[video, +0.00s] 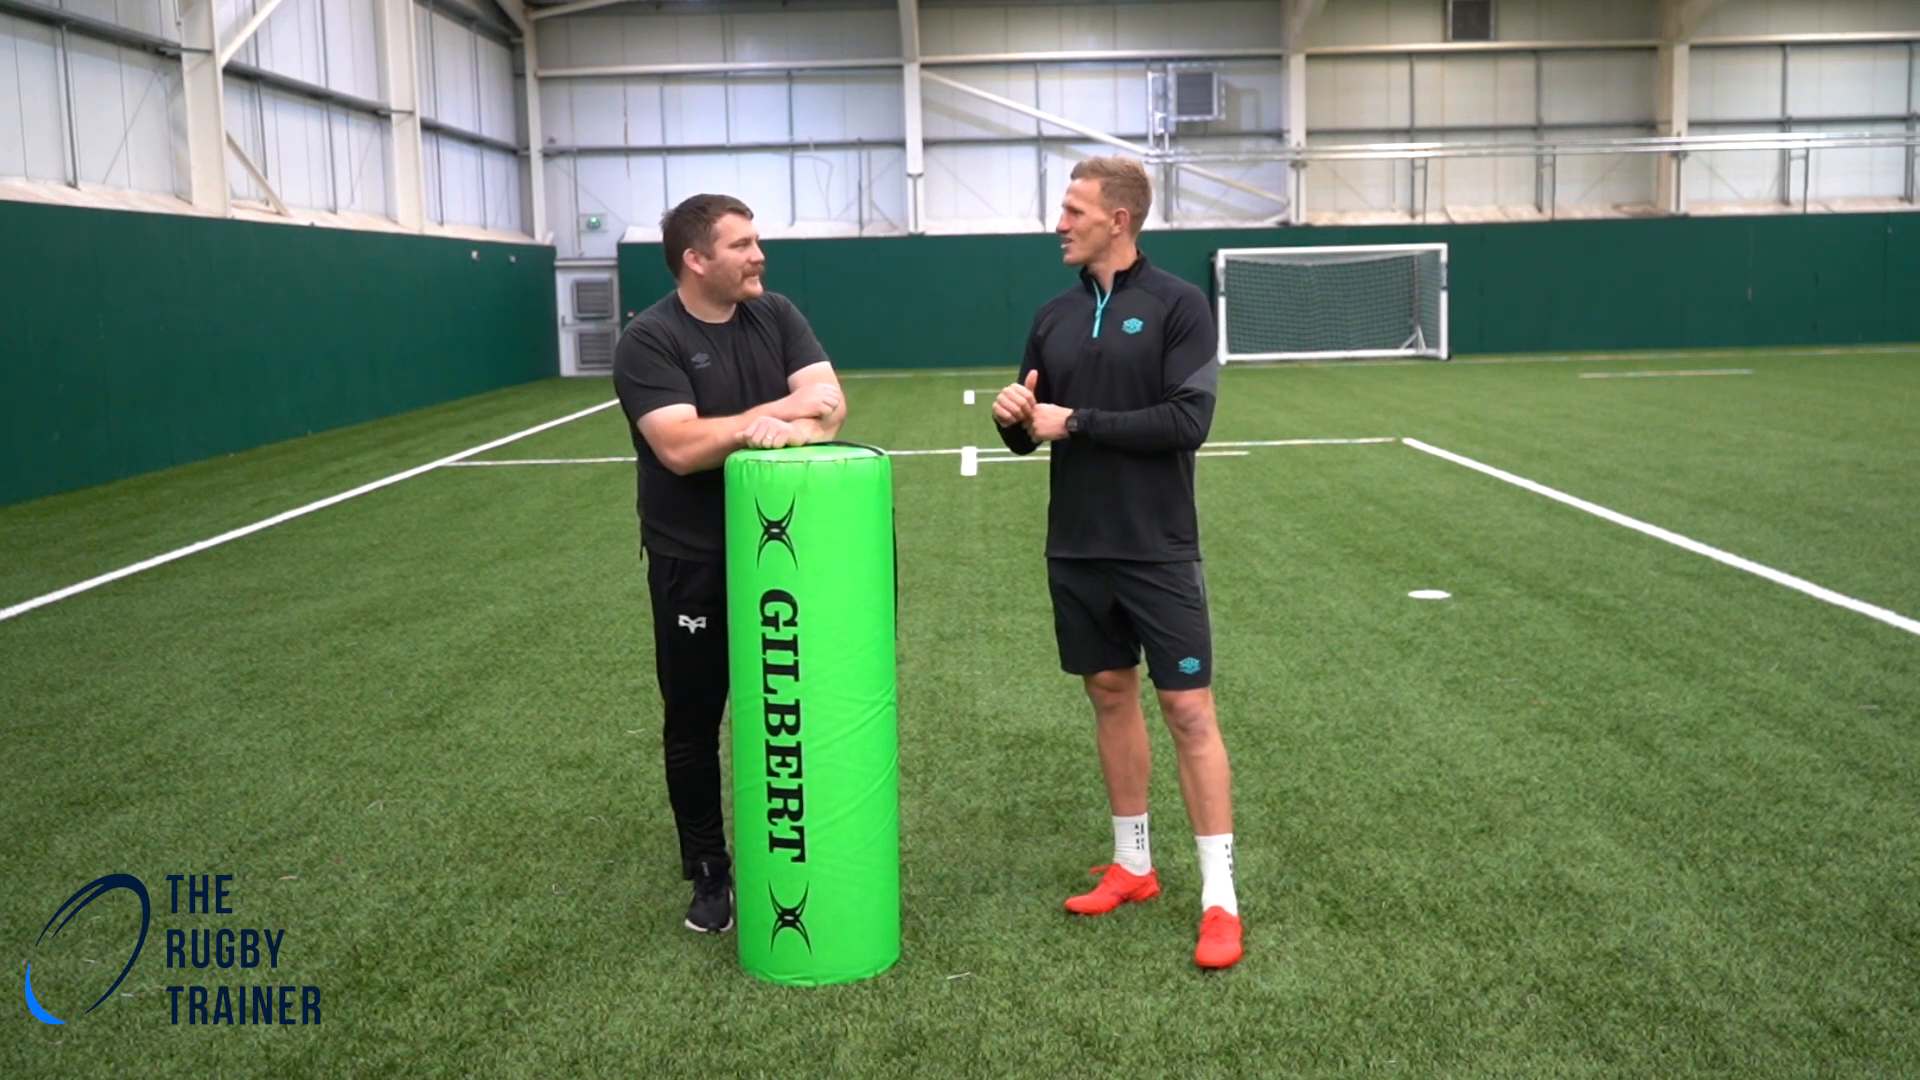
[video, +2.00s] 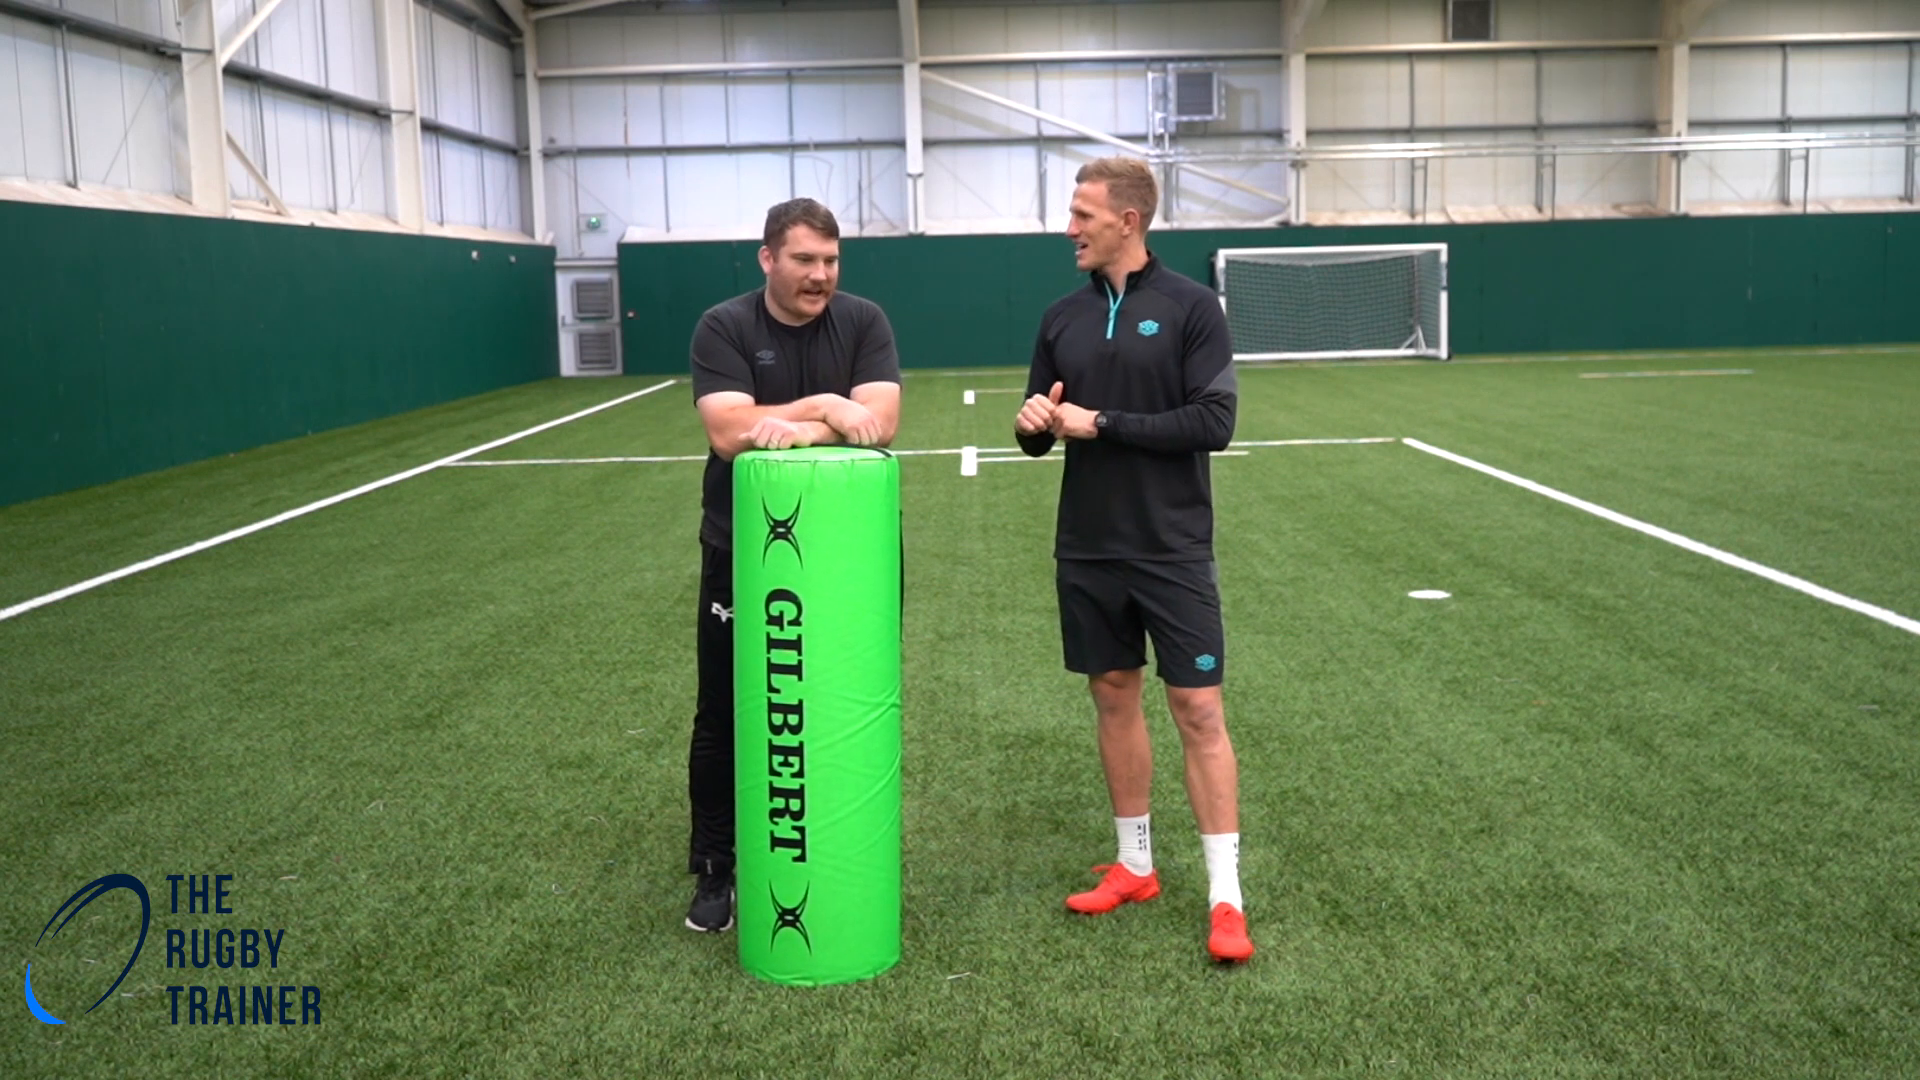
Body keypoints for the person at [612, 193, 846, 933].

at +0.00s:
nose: (757, 255)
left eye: (756, 242)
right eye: (741, 246)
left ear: (740, 254)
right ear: (692, 260)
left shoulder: (775, 314)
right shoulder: (646, 342)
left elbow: (828, 405)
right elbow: (680, 450)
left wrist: (753, 425)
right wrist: (785, 412)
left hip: (782, 554)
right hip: (693, 561)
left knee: (793, 716)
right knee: (694, 726)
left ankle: (804, 866)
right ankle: (710, 873)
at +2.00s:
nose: (819, 274)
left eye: (829, 261)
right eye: (803, 261)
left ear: (841, 263)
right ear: (768, 260)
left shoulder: (863, 321)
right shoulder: (725, 327)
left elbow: (878, 425)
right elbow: (726, 433)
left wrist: (780, 424)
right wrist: (828, 408)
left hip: (838, 554)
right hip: (741, 552)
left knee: (833, 715)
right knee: (725, 714)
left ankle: (829, 877)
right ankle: (716, 871)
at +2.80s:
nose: (788, 273)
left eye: (796, 259)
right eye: (771, 261)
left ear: (805, 256)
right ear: (732, 262)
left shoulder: (831, 317)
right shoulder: (694, 329)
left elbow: (859, 421)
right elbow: (705, 436)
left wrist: (771, 424)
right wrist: (809, 409)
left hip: (814, 552)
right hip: (716, 552)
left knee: (813, 710)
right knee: (710, 714)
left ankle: (818, 867)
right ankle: (714, 871)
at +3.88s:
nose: (756, 278)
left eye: (764, 262)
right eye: (738, 267)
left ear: (774, 256)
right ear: (700, 268)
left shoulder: (807, 315)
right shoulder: (667, 336)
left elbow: (842, 418)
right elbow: (691, 441)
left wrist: (762, 425)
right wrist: (796, 408)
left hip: (801, 553)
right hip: (703, 557)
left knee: (806, 710)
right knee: (703, 718)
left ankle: (810, 866)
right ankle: (712, 873)